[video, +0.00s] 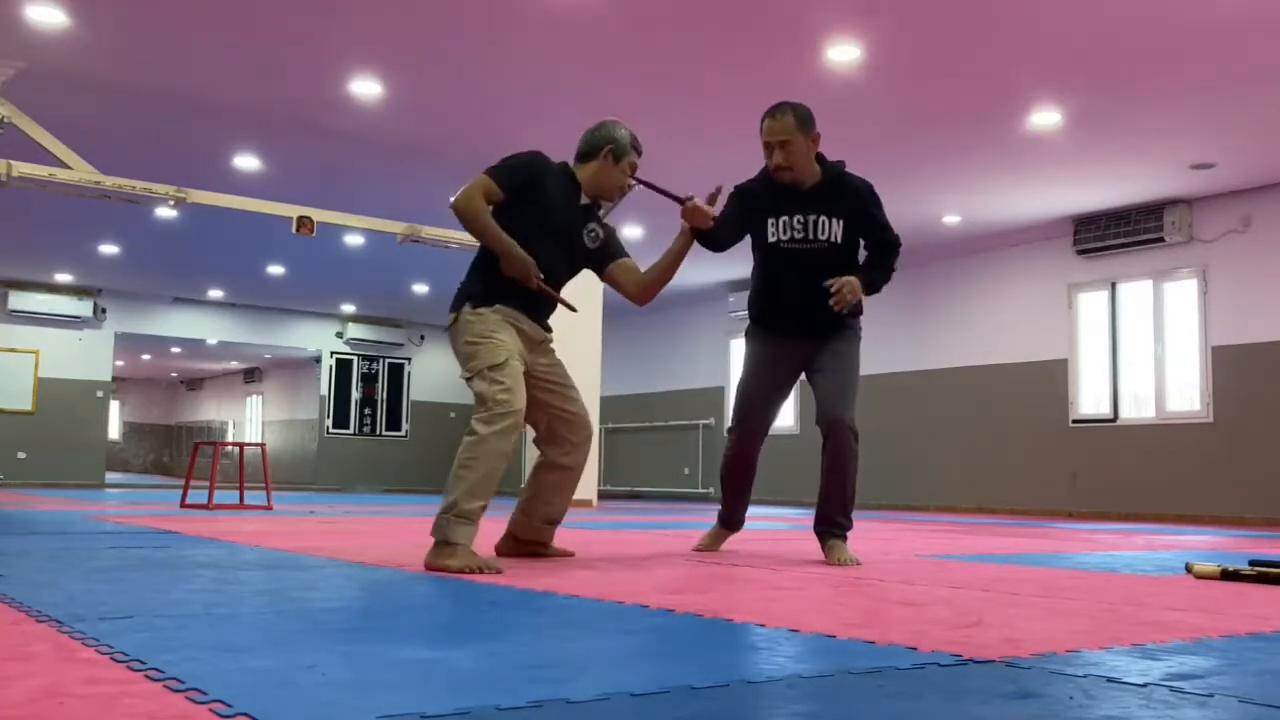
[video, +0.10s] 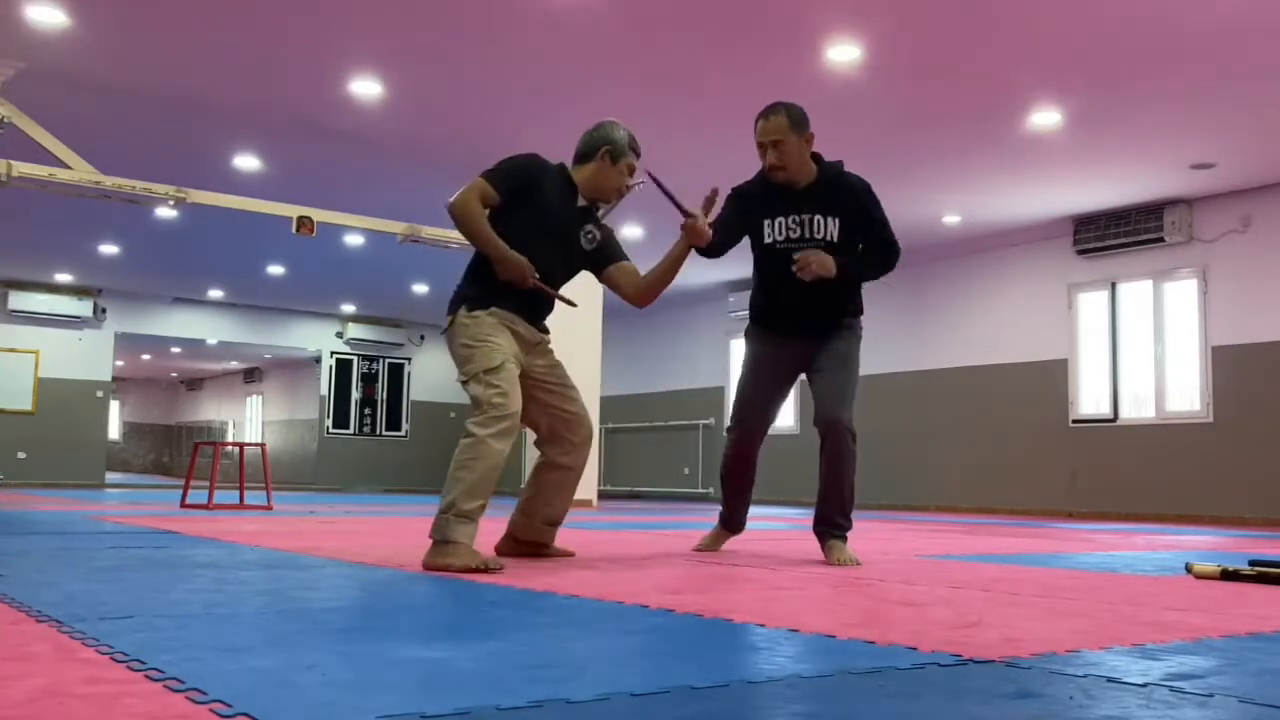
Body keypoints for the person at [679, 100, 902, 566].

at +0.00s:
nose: (775, 159)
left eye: (785, 147)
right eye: (768, 148)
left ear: (814, 142)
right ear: (762, 147)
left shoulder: (853, 193)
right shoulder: (754, 194)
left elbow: (888, 249)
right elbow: (721, 237)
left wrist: (864, 282)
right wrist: (703, 225)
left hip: (834, 333)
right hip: (772, 333)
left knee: (839, 424)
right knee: (745, 429)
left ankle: (834, 535)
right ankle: (729, 522)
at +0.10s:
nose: (769, 158)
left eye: (778, 146)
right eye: (762, 148)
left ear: (807, 142)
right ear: (756, 148)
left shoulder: (849, 191)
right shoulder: (749, 197)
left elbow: (887, 255)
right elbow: (719, 242)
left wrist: (837, 265)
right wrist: (703, 235)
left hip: (834, 333)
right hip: (773, 333)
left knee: (836, 424)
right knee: (743, 429)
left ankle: (833, 536)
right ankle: (730, 522)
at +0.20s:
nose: (758, 159)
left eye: (767, 147)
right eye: (752, 149)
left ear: (797, 140)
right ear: (747, 150)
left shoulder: (840, 187)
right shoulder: (745, 199)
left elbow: (856, 253)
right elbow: (717, 263)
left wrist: (785, 222)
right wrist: (705, 252)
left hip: (833, 330)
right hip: (773, 331)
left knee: (828, 422)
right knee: (734, 424)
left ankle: (834, 536)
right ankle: (729, 520)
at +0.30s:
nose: (749, 161)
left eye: (757, 149)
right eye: (743, 152)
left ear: (787, 141)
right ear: (740, 152)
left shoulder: (827, 180)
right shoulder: (747, 197)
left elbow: (825, 232)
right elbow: (727, 251)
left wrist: (759, 207)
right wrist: (707, 286)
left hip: (830, 329)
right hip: (772, 330)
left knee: (822, 423)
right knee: (725, 422)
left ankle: (834, 537)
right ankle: (725, 525)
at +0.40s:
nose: (732, 160)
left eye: (738, 147)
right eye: (725, 150)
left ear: (769, 139)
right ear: (723, 151)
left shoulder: (808, 181)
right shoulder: (737, 201)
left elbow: (788, 229)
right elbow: (727, 261)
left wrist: (718, 222)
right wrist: (705, 310)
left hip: (819, 325)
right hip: (763, 328)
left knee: (815, 421)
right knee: (724, 423)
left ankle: (833, 538)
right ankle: (709, 531)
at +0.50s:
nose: (704, 153)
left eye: (711, 142)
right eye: (699, 144)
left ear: (742, 136)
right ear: (699, 145)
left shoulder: (775, 174)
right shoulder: (721, 188)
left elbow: (750, 239)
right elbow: (737, 253)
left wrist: (690, 273)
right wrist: (724, 305)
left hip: (799, 318)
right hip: (749, 323)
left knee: (823, 419)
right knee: (721, 419)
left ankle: (864, 534)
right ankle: (709, 531)